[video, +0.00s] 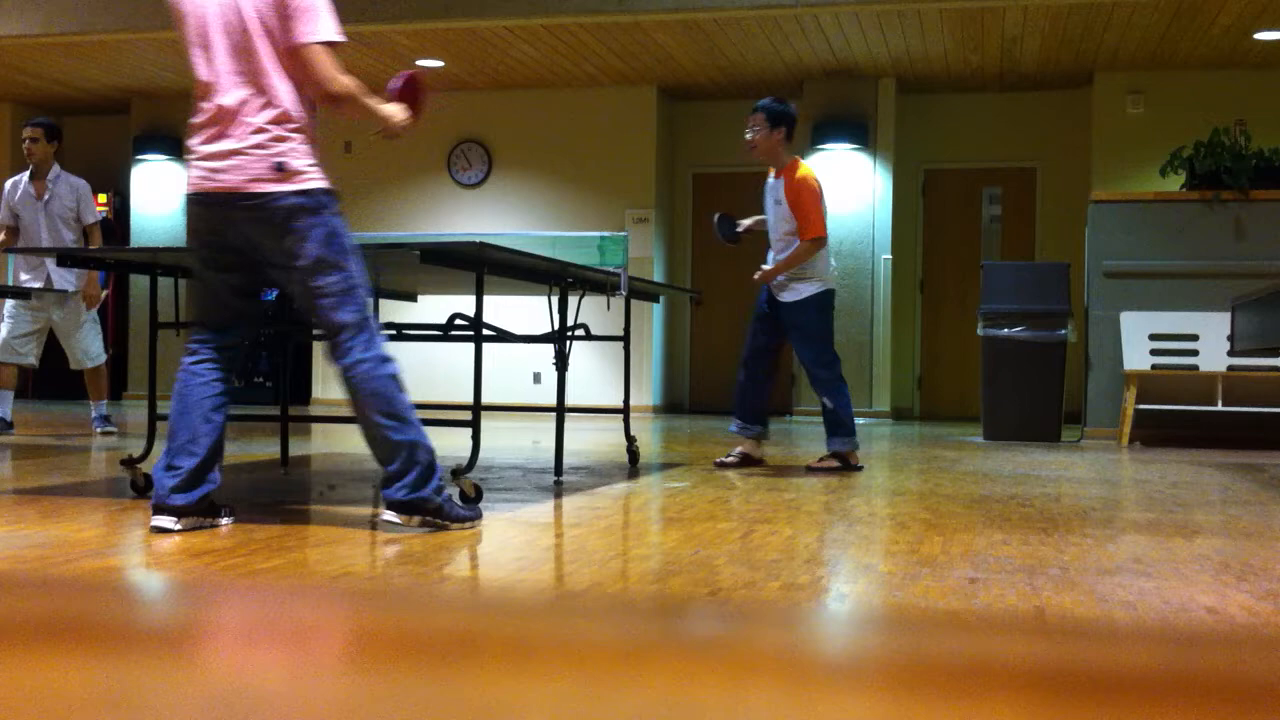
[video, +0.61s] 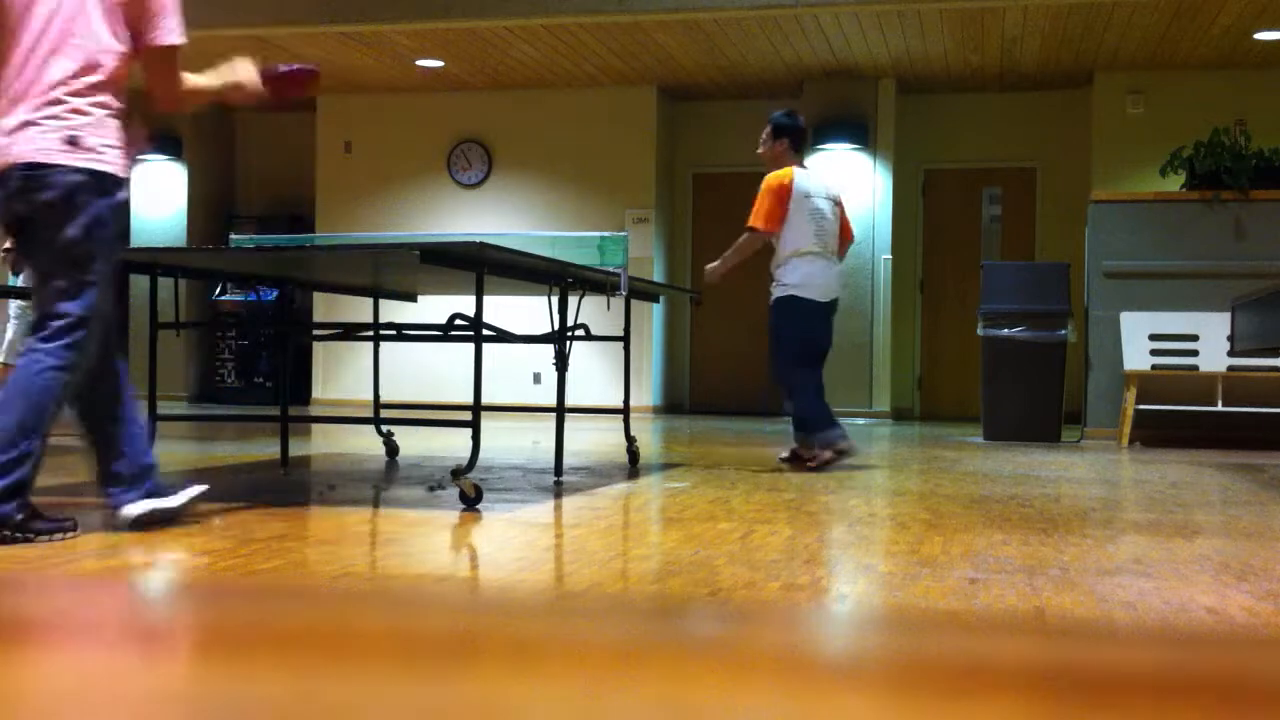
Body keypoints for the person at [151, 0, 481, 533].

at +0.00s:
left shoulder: (190, 4)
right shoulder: (293, 2)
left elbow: (215, 75)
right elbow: (330, 83)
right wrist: (384, 111)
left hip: (209, 187)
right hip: (284, 183)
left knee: (212, 342)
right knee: (355, 339)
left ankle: (178, 498)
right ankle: (417, 489)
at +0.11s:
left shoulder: (174, 5)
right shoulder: (269, 2)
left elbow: (185, 77)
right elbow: (300, 78)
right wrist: (352, 116)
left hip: (189, 183)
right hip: (259, 178)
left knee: (199, 343)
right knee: (329, 331)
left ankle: (176, 498)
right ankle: (393, 484)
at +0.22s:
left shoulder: (144, 3)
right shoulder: (237, 1)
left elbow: (153, 81)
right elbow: (265, 72)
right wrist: (318, 125)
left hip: (161, 175)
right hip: (228, 168)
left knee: (186, 331)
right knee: (293, 319)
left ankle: (178, 495)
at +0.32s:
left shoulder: (107, 5)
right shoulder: (204, 0)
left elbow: (117, 60)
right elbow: (228, 67)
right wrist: (269, 123)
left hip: (124, 166)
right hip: (189, 163)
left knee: (166, 322)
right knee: (229, 318)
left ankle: (179, 489)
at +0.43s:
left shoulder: (71, 6)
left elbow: (79, 59)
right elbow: (208, 72)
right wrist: (249, 124)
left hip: (87, 165)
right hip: (155, 161)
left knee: (132, 329)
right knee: (162, 323)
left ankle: (175, 497)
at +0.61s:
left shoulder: (26, 8)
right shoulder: (143, 4)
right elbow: (167, 93)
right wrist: (226, 78)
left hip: (17, 158)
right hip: (80, 160)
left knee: (91, 334)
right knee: (64, 332)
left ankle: (135, 487)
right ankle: (6, 497)